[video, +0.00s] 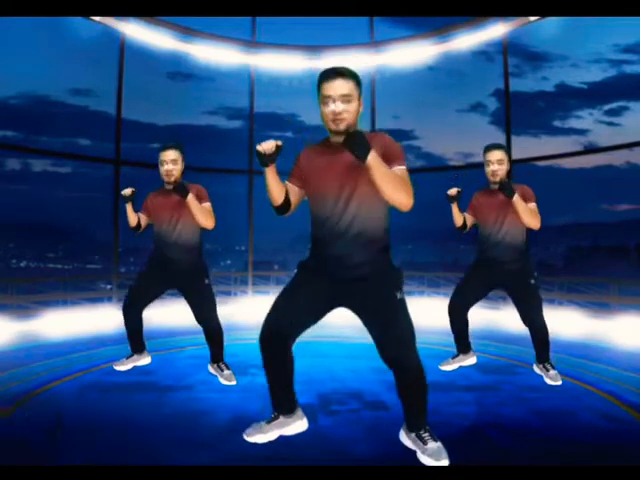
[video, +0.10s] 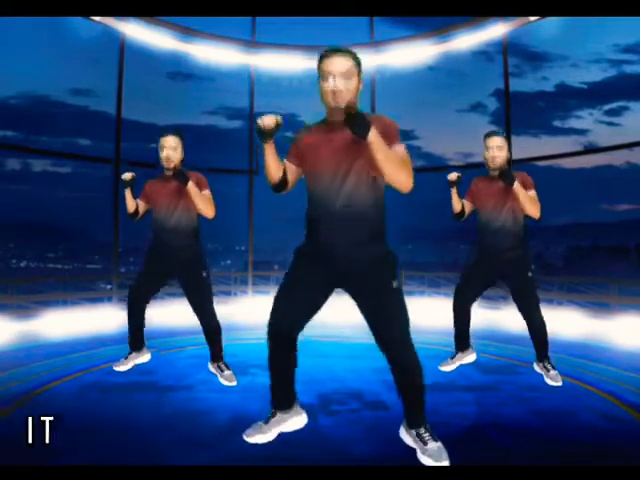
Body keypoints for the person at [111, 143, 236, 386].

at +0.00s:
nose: (169, 167)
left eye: (174, 162)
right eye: (164, 163)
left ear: (183, 165)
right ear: (159, 167)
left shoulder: (196, 192)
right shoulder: (154, 199)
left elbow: (208, 222)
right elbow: (136, 225)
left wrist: (187, 195)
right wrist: (128, 202)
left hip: (191, 269)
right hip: (160, 269)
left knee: (210, 320)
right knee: (131, 307)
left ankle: (218, 363)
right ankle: (139, 353)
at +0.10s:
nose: (168, 153)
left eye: (173, 149)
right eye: (164, 148)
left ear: (182, 152)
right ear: (159, 152)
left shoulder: (195, 180)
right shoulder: (153, 185)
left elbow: (209, 212)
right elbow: (135, 212)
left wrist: (188, 184)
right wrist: (127, 187)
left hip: (189, 256)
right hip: (160, 256)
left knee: (205, 310)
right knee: (136, 299)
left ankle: (218, 362)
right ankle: (138, 350)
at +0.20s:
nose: (169, 136)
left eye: (174, 132)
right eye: (164, 133)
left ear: (183, 138)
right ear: (158, 139)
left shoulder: (195, 166)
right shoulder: (151, 172)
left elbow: (211, 194)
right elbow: (132, 198)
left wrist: (189, 169)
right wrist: (124, 173)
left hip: (188, 244)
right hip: (158, 244)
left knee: (204, 300)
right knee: (141, 294)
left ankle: (218, 354)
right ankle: (132, 343)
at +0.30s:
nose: (168, 136)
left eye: (173, 132)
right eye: (163, 132)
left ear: (182, 138)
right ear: (158, 139)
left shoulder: (194, 166)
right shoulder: (150, 172)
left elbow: (210, 193)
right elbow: (131, 199)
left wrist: (187, 168)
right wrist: (123, 174)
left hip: (188, 244)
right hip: (157, 244)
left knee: (204, 299)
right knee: (141, 295)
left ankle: (216, 354)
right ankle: (134, 345)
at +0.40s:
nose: (166, 152)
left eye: (171, 148)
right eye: (162, 148)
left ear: (181, 151)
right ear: (157, 152)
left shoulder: (194, 178)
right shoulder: (151, 184)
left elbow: (206, 208)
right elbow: (131, 211)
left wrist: (184, 181)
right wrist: (123, 186)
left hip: (187, 256)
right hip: (156, 256)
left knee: (204, 309)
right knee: (138, 304)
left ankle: (214, 362)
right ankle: (137, 352)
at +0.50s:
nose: (168, 161)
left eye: (173, 156)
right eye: (163, 156)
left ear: (182, 160)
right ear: (158, 161)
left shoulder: (195, 188)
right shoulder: (154, 193)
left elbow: (204, 221)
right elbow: (137, 220)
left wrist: (184, 194)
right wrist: (126, 201)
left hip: (189, 264)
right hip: (157, 264)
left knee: (207, 318)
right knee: (133, 306)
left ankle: (213, 365)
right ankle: (138, 353)